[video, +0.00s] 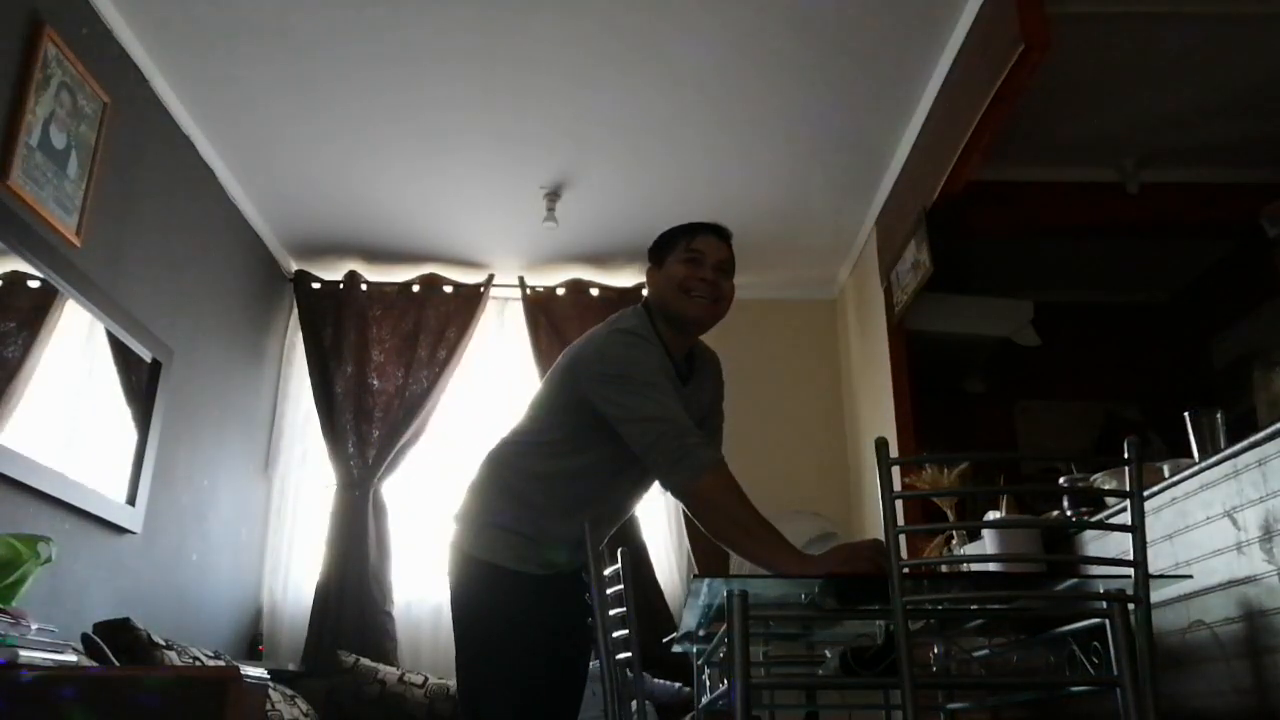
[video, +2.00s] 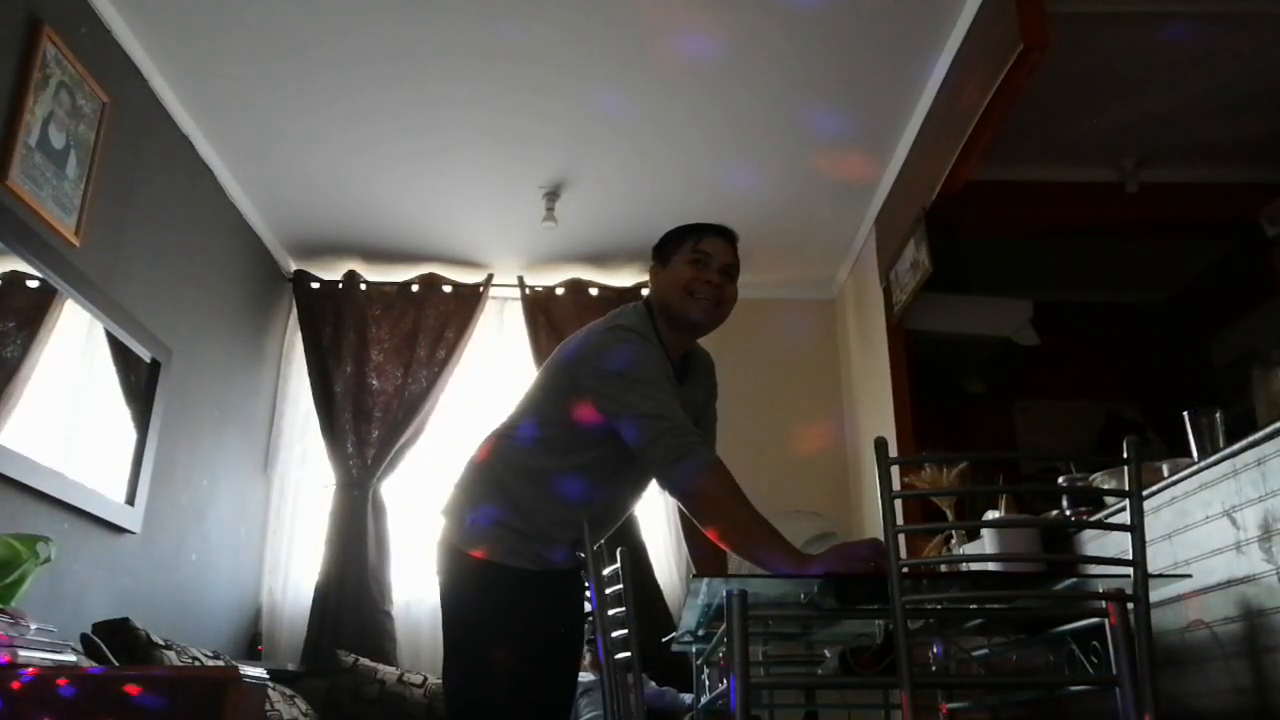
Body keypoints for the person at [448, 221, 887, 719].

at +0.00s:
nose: (708, 278)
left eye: (723, 270)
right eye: (691, 262)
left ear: (731, 293)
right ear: (652, 274)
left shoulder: (702, 370)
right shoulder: (621, 349)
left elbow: (702, 493)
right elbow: (695, 479)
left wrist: (717, 602)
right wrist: (799, 564)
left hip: (570, 554)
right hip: (503, 547)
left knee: (554, 705)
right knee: (503, 708)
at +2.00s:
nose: (715, 281)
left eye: (728, 274)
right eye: (698, 263)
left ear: (734, 296)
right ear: (656, 274)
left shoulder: (695, 369)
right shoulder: (620, 348)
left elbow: (699, 484)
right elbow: (690, 475)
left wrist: (719, 592)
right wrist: (798, 564)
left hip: (560, 555)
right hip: (493, 547)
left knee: (546, 706)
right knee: (489, 708)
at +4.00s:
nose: (727, 308)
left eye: (731, 297)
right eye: (717, 289)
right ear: (663, 276)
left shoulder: (654, 369)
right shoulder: (610, 340)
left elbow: (680, 499)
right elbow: (691, 473)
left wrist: (718, 603)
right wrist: (803, 564)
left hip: (515, 547)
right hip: (472, 538)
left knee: (542, 702)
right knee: (520, 703)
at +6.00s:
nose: (551, 340)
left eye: (549, 334)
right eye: (551, 333)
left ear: (489, 327)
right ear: (542, 328)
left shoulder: (430, 374)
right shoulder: (555, 363)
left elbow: (398, 480)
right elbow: (601, 438)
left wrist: (451, 510)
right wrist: (602, 520)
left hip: (437, 580)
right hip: (522, 578)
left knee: (450, 710)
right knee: (534, 709)